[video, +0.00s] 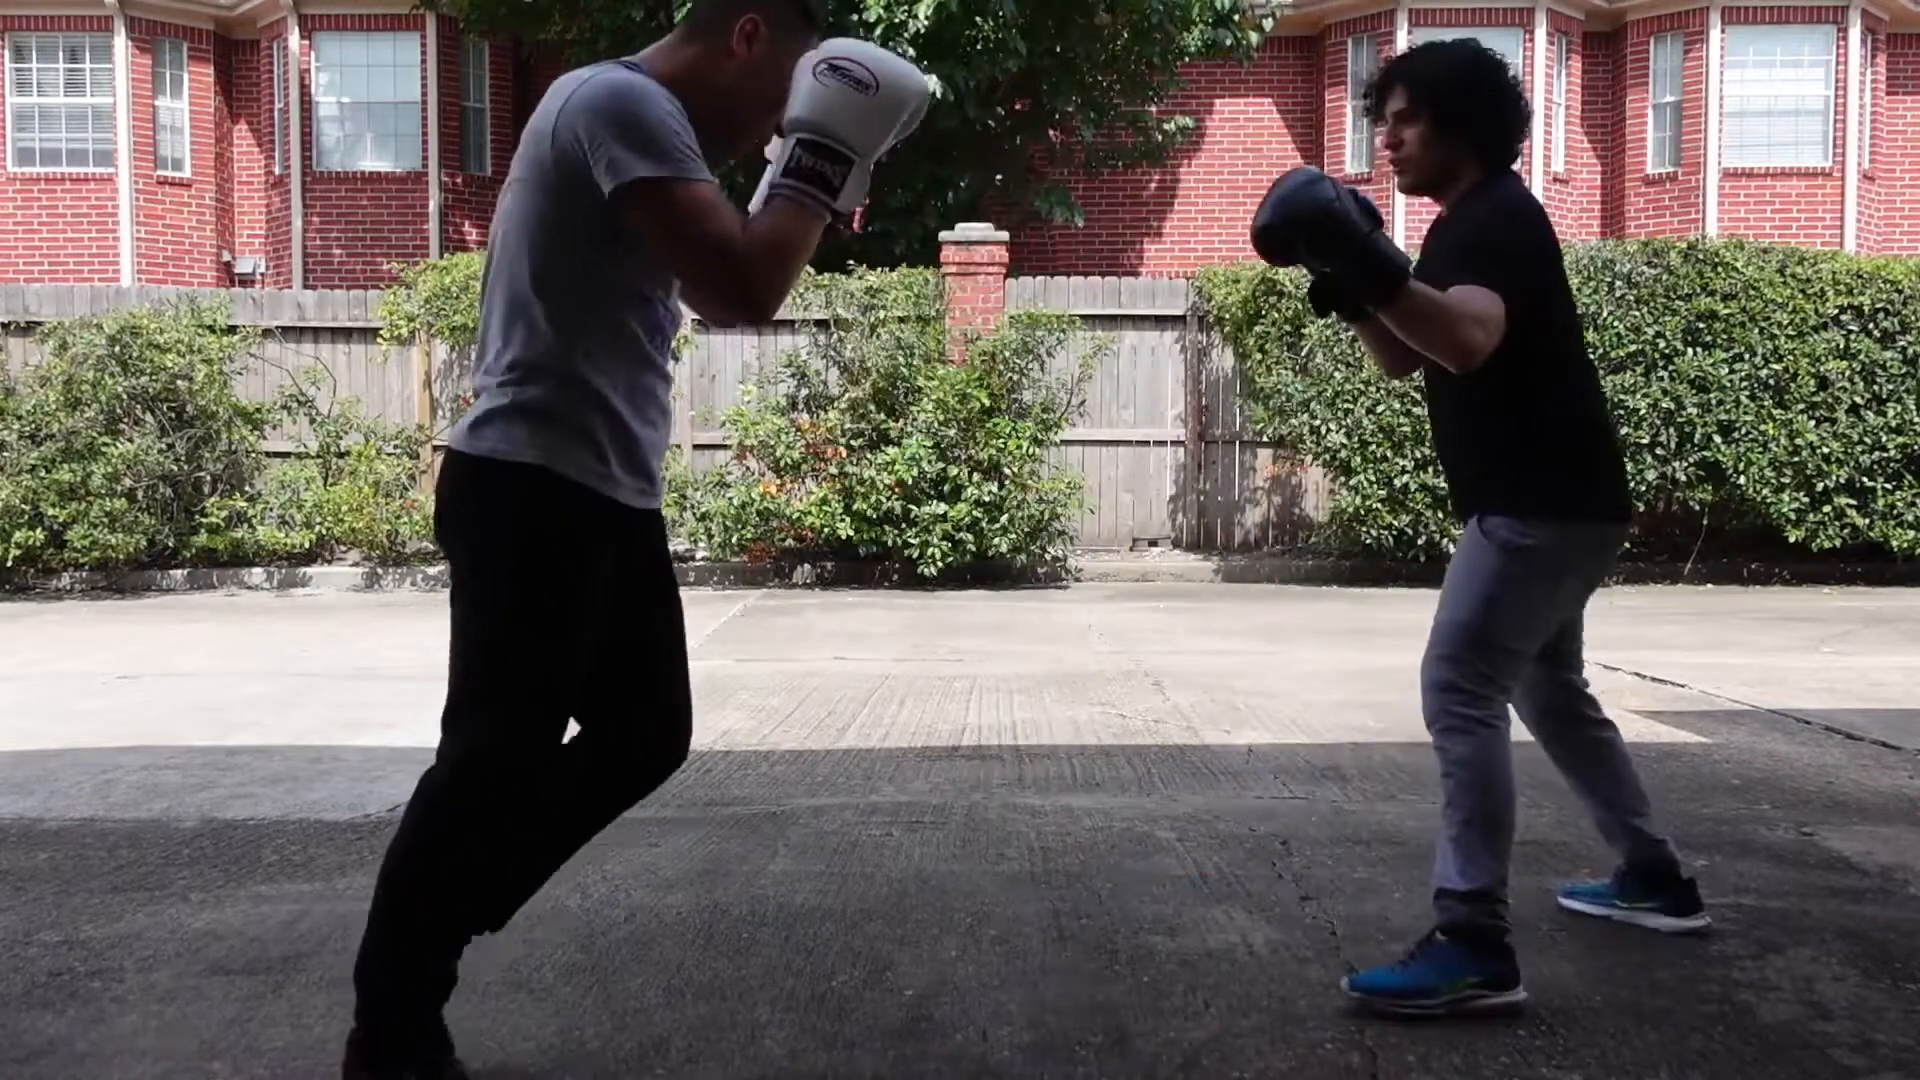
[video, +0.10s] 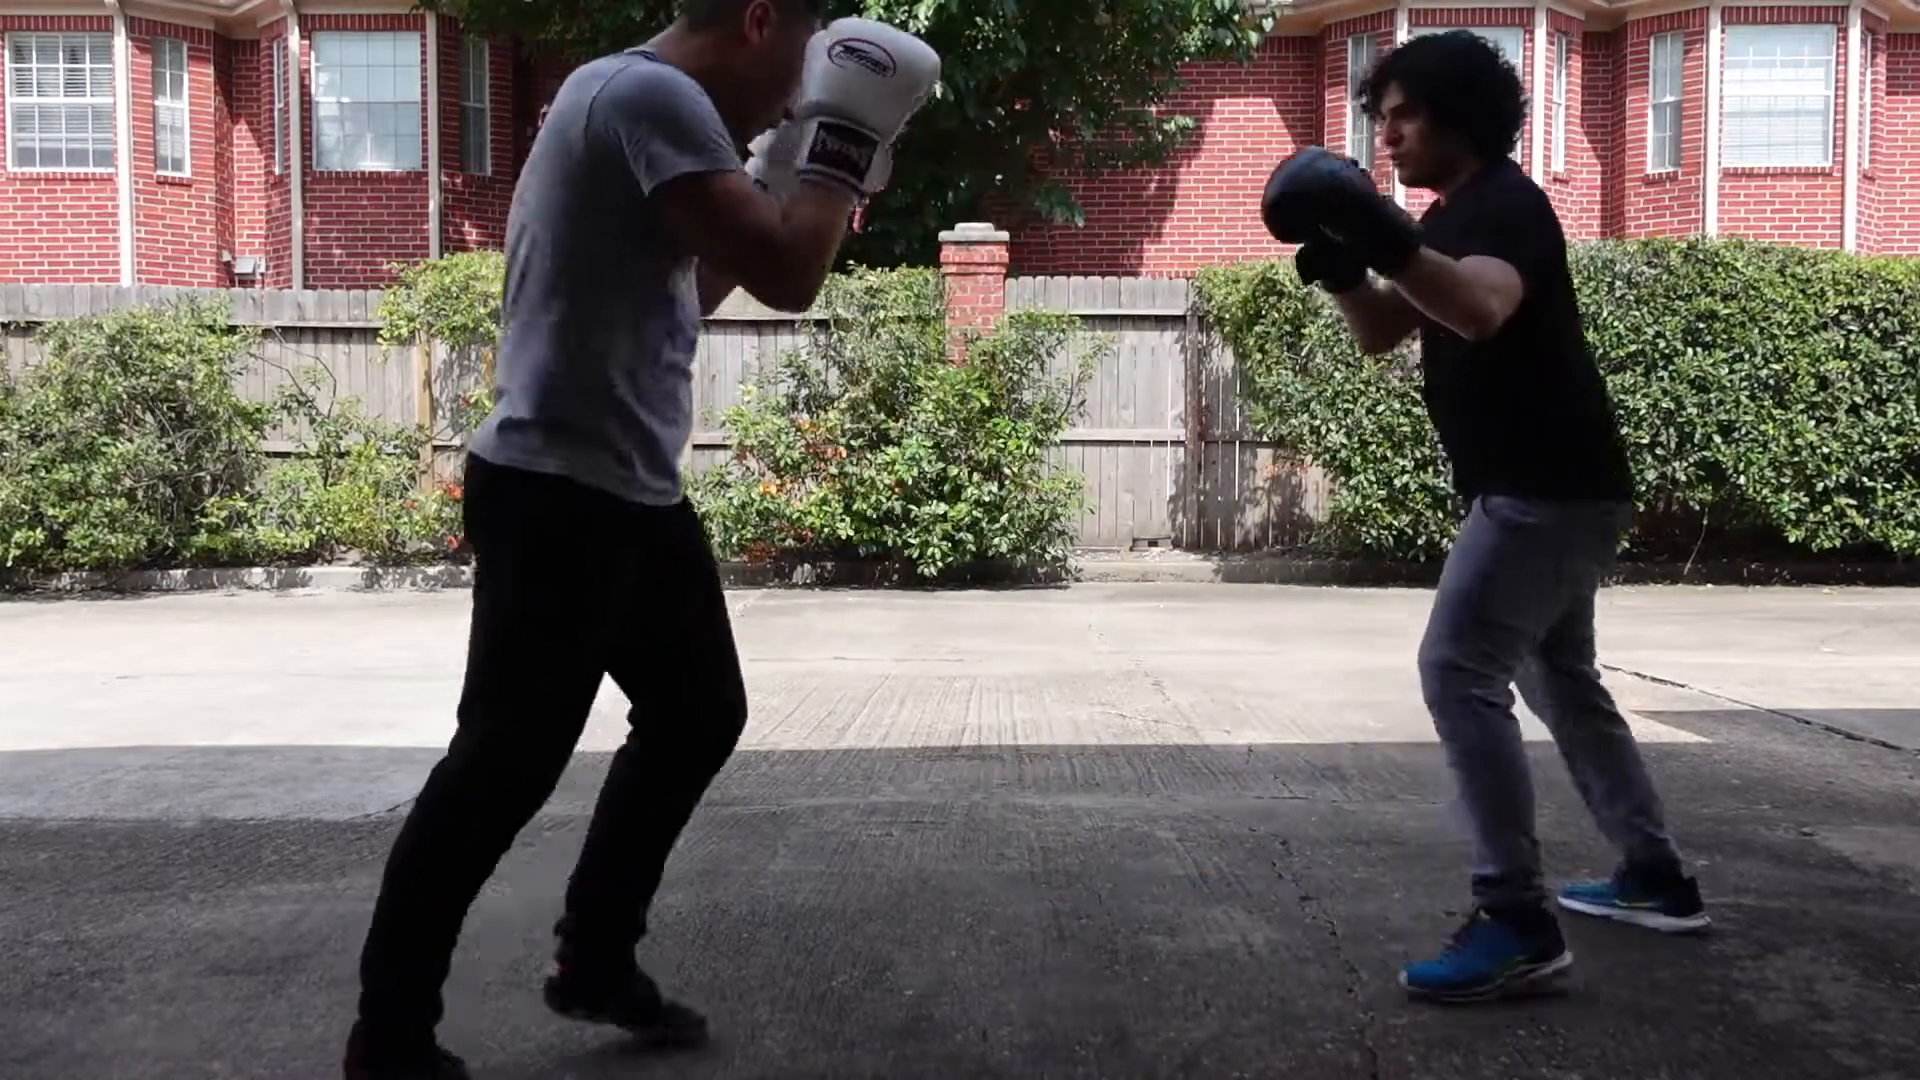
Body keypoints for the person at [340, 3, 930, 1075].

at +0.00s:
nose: (784, 99)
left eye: (793, 82)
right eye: (791, 72)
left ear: (724, 35)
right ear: (748, 35)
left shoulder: (646, 127)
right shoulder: (613, 101)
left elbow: (733, 296)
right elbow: (748, 280)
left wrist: (811, 197)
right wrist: (818, 152)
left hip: (604, 495)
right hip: (531, 485)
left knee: (646, 733)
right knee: (493, 754)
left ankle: (437, 928)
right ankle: (391, 1035)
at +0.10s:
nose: (806, 73)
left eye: (815, 54)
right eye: (810, 46)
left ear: (727, 22)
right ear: (757, 20)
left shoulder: (634, 107)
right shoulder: (648, 94)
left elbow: (676, 301)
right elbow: (792, 273)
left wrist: (801, 182)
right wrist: (850, 138)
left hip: (634, 493)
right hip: (555, 491)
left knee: (697, 717)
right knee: (504, 760)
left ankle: (596, 960)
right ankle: (390, 1033)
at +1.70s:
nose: (1206, 76)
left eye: (1212, 51)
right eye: (1213, 50)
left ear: (1093, 16)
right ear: (1190, 45)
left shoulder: (987, 103)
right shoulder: (1106, 179)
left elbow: (873, 260)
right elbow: (1123, 409)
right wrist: (1200, 385)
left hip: (864, 425)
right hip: (937, 487)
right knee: (997, 751)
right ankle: (993, 1046)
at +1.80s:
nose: (1197, 90)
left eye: (1203, 63)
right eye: (1204, 62)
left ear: (1077, 26)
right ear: (1184, 52)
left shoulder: (959, 108)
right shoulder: (1119, 190)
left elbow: (826, 254)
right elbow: (1131, 428)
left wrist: (810, 350)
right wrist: (1201, 432)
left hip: (859, 432)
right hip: (948, 485)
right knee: (1041, 757)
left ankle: (910, 577)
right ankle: (996, 1048)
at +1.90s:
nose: (1168, 74)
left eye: (1172, 56)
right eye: (1174, 52)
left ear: (1050, 24)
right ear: (1162, 37)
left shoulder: (932, 108)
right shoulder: (1122, 185)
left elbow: (821, 248)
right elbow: (1137, 405)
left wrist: (945, 248)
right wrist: (1195, 396)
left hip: (834, 448)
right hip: (943, 481)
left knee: (963, 602)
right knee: (1047, 756)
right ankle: (999, 1055)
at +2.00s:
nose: (1129, 69)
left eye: (1129, 48)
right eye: (1133, 45)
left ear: (1012, 14)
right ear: (1114, 28)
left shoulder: (902, 114)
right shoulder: (1064, 153)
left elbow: (941, 302)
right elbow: (1110, 371)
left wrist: (1093, 284)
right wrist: (1193, 315)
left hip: (833, 465)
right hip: (945, 485)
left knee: (904, 726)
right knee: (1036, 766)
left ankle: (861, 971)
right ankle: (1012, 1051)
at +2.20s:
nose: (1051, 74)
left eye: (1058, 48)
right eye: (1052, 43)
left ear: (970, 18)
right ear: (998, 19)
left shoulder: (865, 105)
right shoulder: (943, 137)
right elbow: (1037, 325)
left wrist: (1018, 192)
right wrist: (1077, 228)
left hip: (815, 469)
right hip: (864, 483)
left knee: (906, 730)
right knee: (965, 748)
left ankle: (856, 970)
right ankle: (908, 1047)